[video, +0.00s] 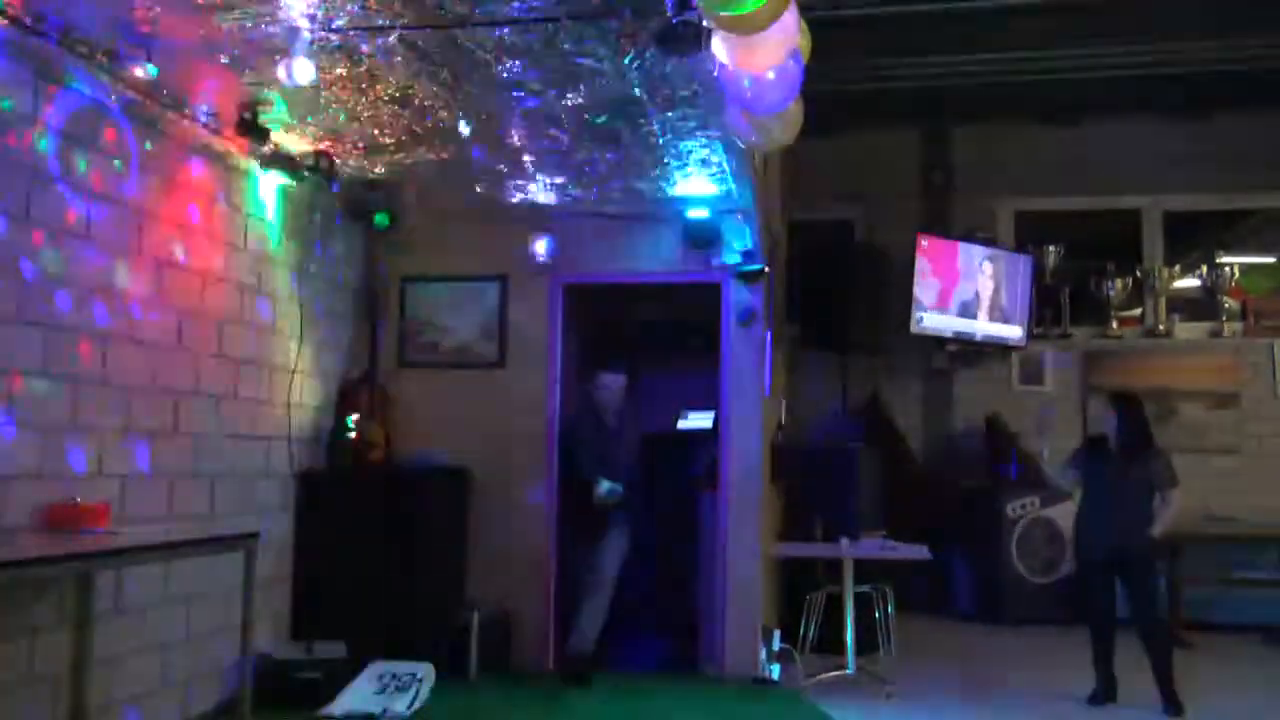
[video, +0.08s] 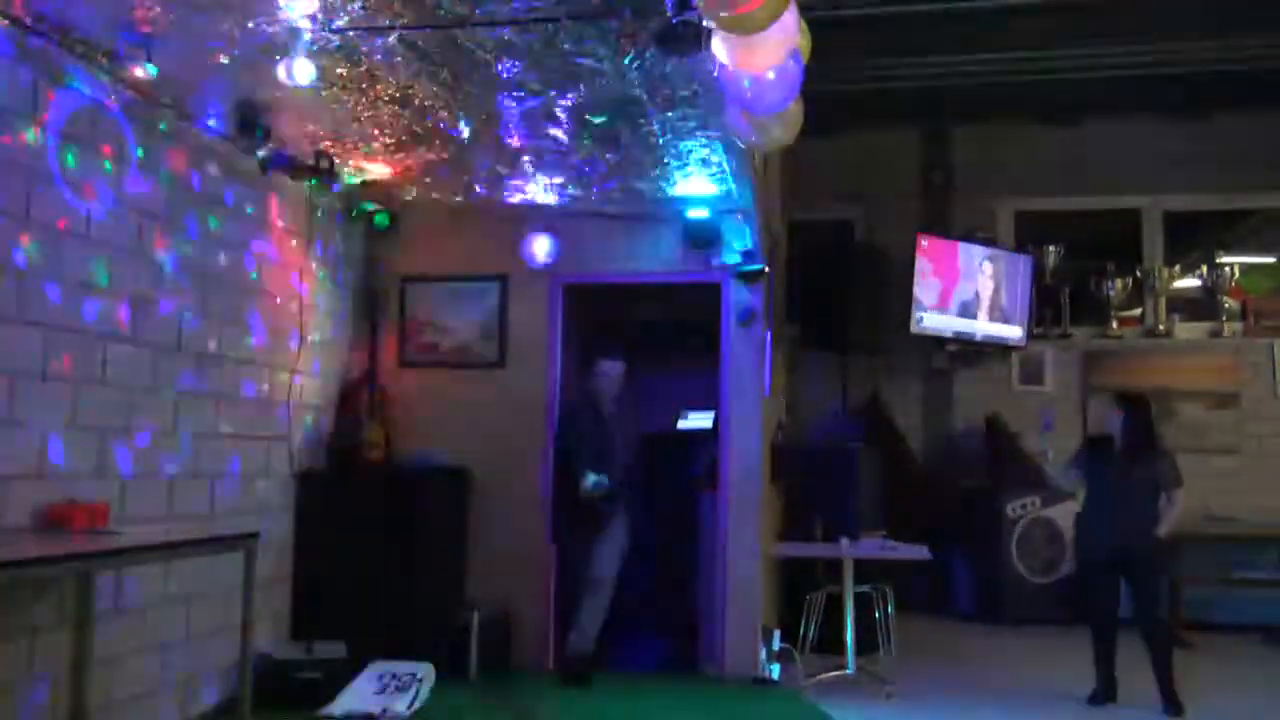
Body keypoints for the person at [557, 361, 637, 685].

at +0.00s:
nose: (611, 397)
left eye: (617, 390)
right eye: (605, 389)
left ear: (625, 392)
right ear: (592, 390)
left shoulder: (627, 426)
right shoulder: (579, 424)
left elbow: (633, 468)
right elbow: (573, 463)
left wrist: (622, 486)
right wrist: (592, 484)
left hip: (615, 511)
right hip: (581, 510)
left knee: (604, 576)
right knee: (581, 576)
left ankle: (581, 647)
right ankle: (576, 646)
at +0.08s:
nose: (609, 384)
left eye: (615, 377)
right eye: (603, 376)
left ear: (622, 381)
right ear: (591, 378)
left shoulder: (622, 417)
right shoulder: (576, 414)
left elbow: (624, 460)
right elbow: (569, 452)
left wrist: (615, 484)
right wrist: (582, 477)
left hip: (612, 507)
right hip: (577, 507)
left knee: (601, 575)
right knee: (575, 576)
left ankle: (580, 647)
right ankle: (572, 648)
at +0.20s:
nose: (607, 366)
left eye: (613, 359)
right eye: (600, 357)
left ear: (621, 362)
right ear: (585, 358)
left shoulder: (619, 401)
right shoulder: (572, 397)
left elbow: (623, 446)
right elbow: (560, 436)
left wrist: (625, 483)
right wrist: (566, 464)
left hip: (614, 495)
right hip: (577, 493)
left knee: (601, 574)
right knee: (570, 574)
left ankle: (579, 650)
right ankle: (572, 647)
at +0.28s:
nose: (608, 355)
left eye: (614, 347)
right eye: (600, 346)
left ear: (621, 352)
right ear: (584, 349)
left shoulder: (620, 394)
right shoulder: (567, 390)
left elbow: (625, 440)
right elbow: (552, 431)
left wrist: (628, 469)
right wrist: (555, 461)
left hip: (613, 487)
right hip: (574, 487)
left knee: (601, 572)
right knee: (572, 572)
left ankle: (580, 651)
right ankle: (569, 649)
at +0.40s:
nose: (610, 341)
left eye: (615, 334)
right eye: (602, 333)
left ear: (620, 340)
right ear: (583, 335)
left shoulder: (620, 384)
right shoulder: (564, 380)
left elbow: (627, 431)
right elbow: (540, 422)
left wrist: (641, 453)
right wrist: (544, 453)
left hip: (612, 483)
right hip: (570, 483)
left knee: (600, 570)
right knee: (569, 564)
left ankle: (578, 652)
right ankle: (565, 644)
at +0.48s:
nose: (611, 327)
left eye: (615, 320)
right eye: (604, 319)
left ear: (618, 327)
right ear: (583, 323)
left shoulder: (618, 370)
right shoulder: (563, 365)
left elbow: (629, 418)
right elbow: (535, 411)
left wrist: (653, 439)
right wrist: (538, 444)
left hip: (611, 474)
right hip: (570, 471)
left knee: (600, 563)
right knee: (571, 556)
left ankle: (580, 650)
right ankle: (556, 645)